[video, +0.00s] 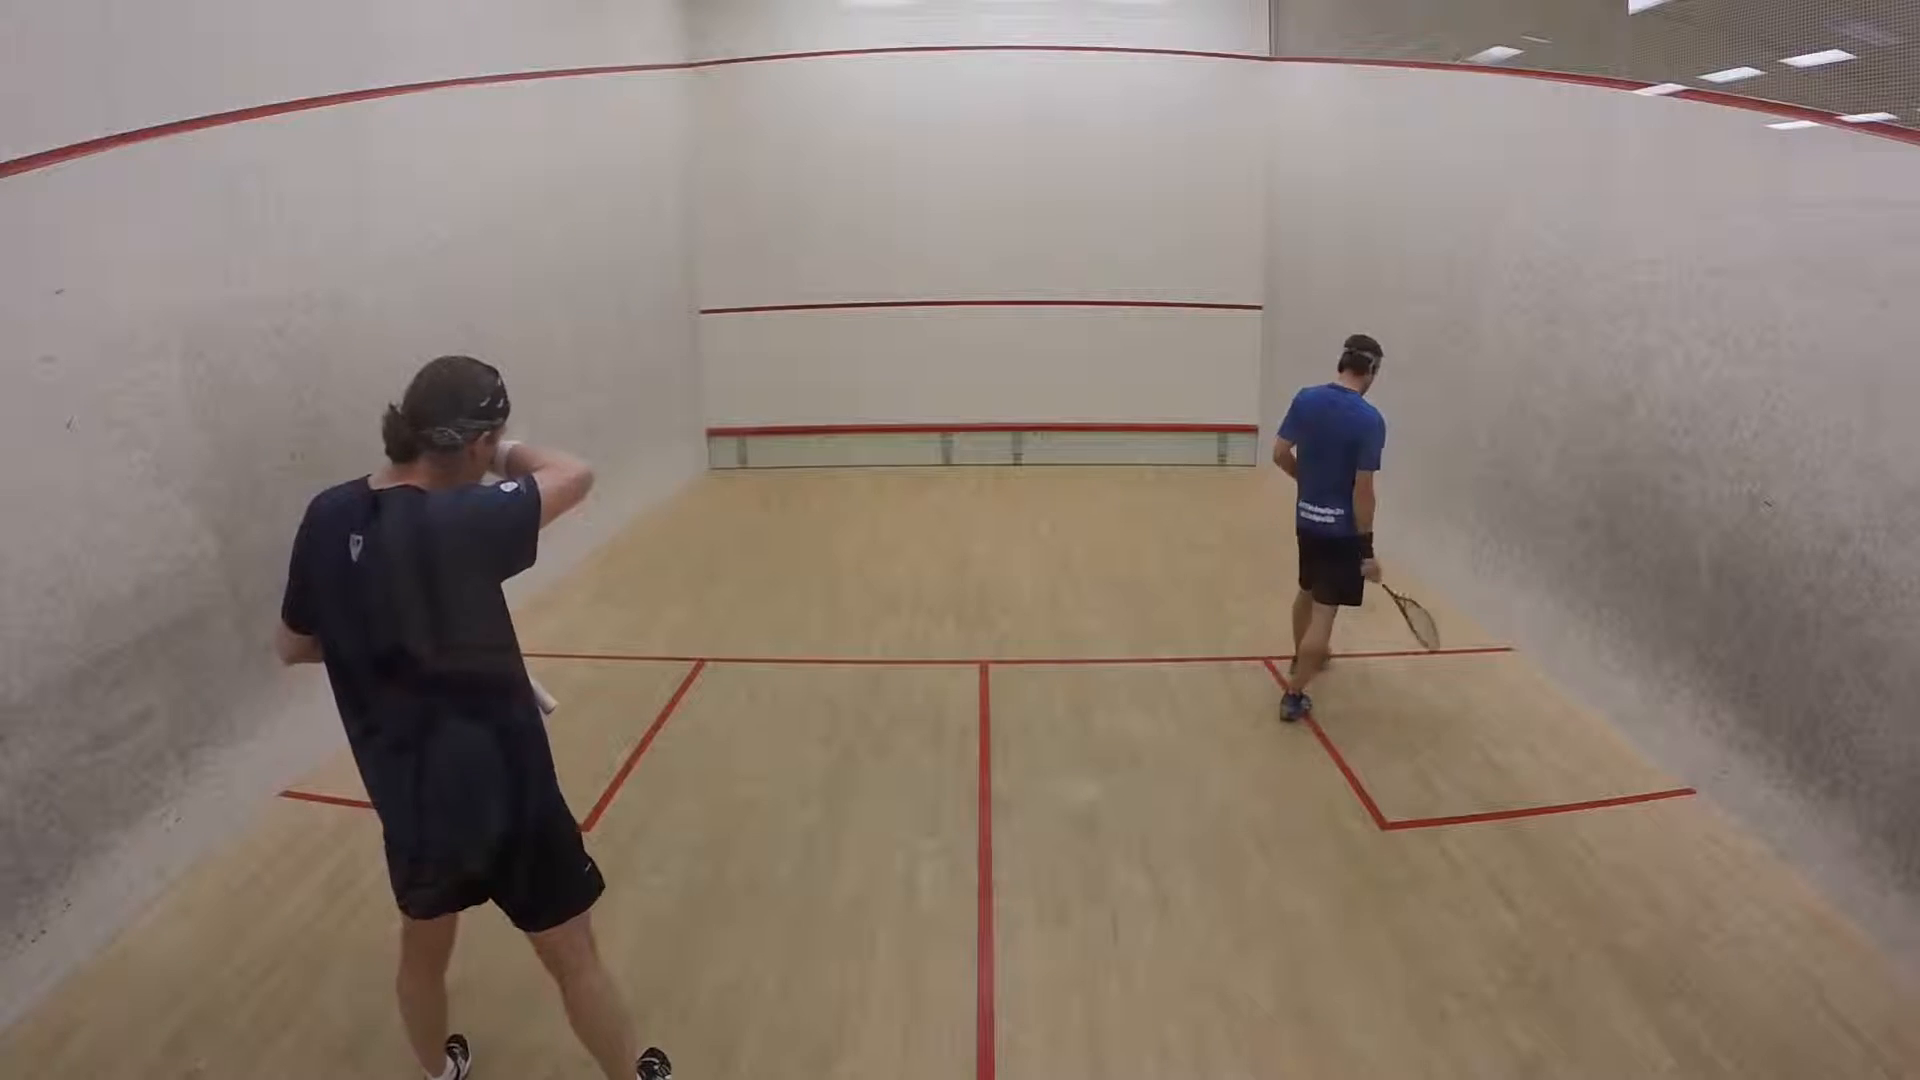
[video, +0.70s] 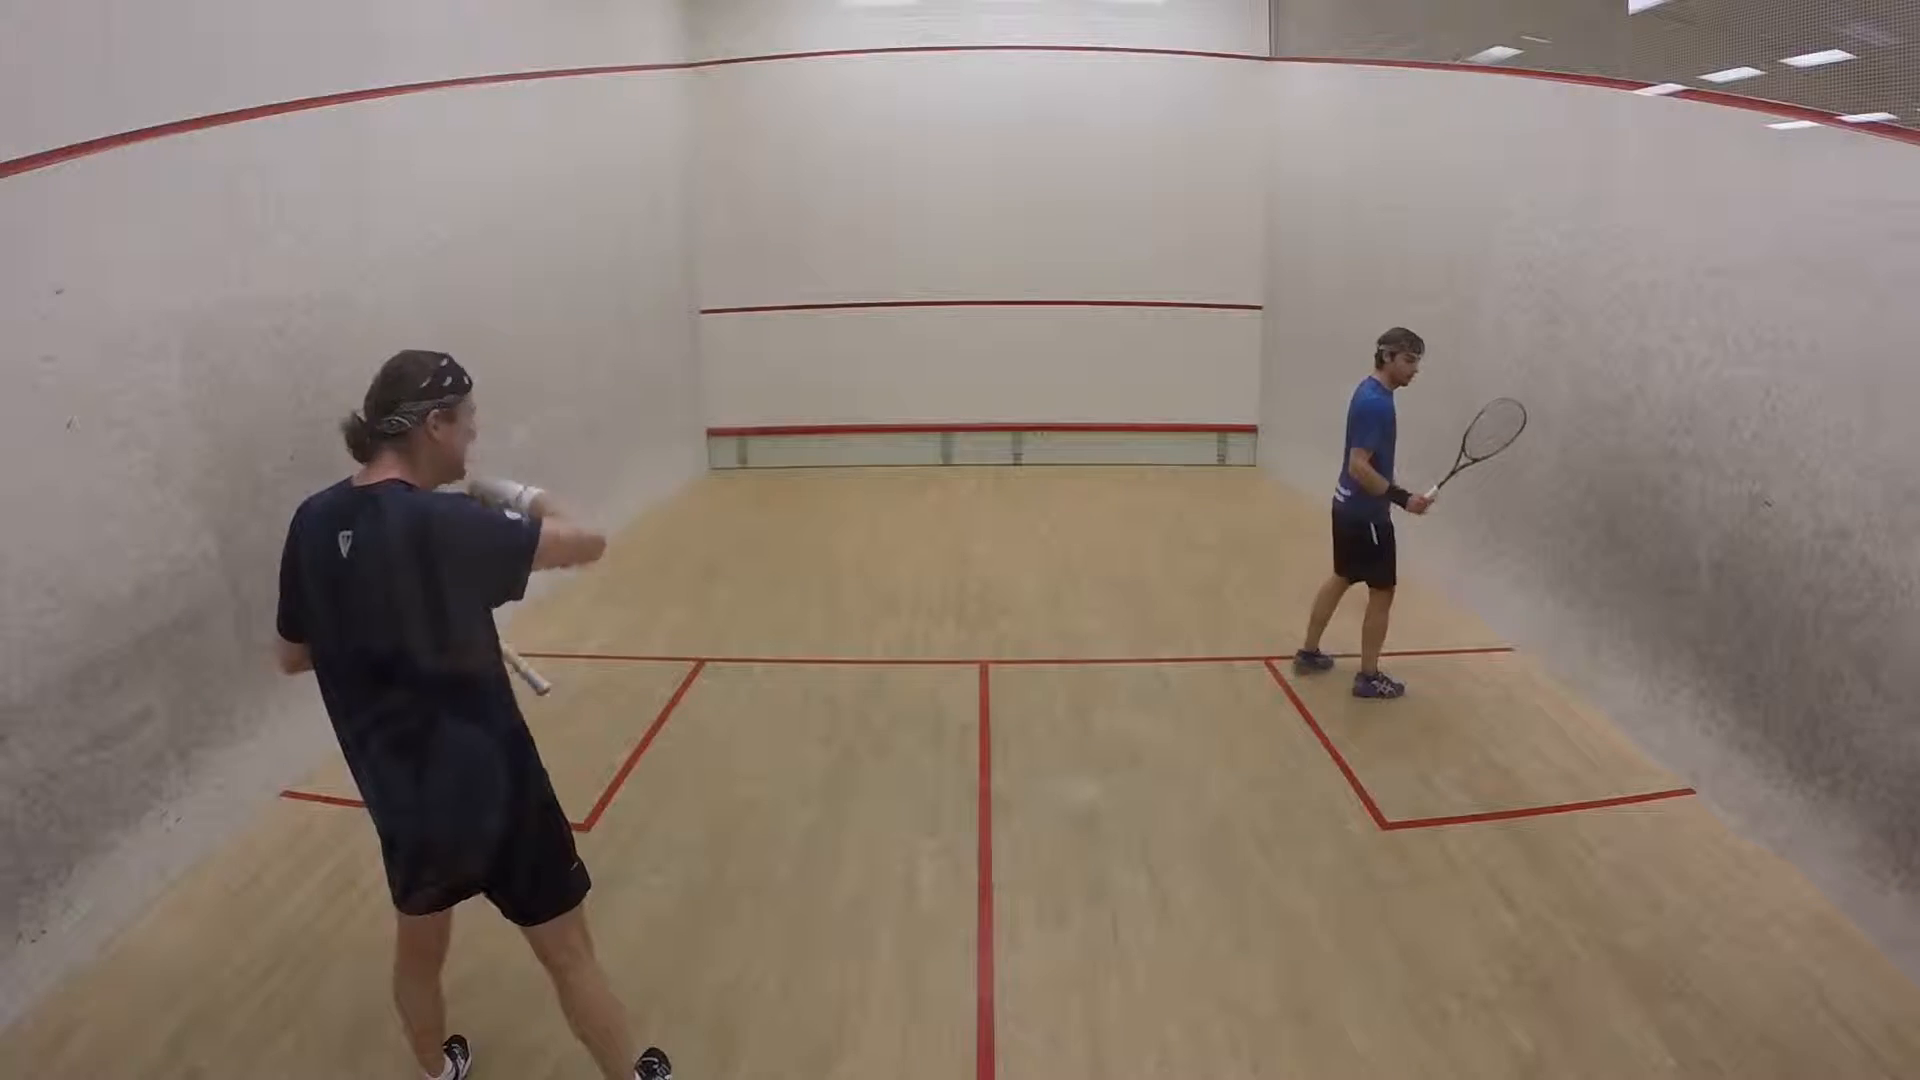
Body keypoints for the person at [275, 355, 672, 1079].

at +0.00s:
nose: (499, 446)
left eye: (498, 435)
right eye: (494, 437)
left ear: (406, 431)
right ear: (474, 444)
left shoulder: (331, 517)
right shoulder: (472, 521)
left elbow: (294, 644)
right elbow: (572, 476)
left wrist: (380, 625)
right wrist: (502, 451)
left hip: (412, 801)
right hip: (509, 792)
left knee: (423, 952)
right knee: (572, 958)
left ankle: (435, 1070)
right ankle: (632, 1072)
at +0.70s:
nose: (473, 436)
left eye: (471, 419)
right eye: (465, 420)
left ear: (383, 427)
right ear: (429, 424)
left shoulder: (315, 521)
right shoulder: (449, 524)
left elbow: (292, 655)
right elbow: (584, 542)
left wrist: (380, 614)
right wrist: (520, 497)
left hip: (401, 797)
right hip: (496, 785)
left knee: (419, 952)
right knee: (568, 953)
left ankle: (433, 1070)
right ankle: (630, 1071)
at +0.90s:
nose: (472, 421)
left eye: (468, 405)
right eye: (460, 408)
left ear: (391, 423)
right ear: (414, 421)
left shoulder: (316, 524)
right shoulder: (455, 527)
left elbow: (299, 658)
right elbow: (571, 640)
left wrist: (370, 616)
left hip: (405, 796)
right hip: (501, 783)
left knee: (419, 955)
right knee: (571, 950)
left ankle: (435, 1070)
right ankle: (631, 1071)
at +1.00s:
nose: (472, 416)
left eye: (467, 400)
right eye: (459, 404)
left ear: (390, 424)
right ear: (414, 421)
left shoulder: (319, 525)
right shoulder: (459, 525)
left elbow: (301, 658)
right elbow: (554, 665)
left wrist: (366, 603)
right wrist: (526, 611)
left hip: (407, 794)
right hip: (502, 782)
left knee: (420, 953)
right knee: (571, 948)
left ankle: (435, 1070)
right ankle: (631, 1071)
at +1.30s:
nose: (476, 408)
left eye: (469, 393)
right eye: (461, 398)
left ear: (397, 427)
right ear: (415, 423)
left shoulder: (324, 525)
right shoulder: (466, 523)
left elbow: (306, 660)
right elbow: (545, 674)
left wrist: (379, 617)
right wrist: (540, 633)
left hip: (410, 796)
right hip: (507, 784)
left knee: (420, 955)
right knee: (573, 949)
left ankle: (436, 1070)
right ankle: (632, 1070)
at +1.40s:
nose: (475, 407)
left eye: (468, 393)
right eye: (459, 397)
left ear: (399, 426)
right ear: (414, 424)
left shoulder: (324, 524)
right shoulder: (465, 523)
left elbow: (305, 662)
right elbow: (548, 673)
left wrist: (386, 637)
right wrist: (512, 621)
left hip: (409, 796)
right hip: (506, 783)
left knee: (420, 955)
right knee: (575, 952)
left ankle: (437, 1070)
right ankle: (632, 1070)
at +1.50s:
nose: (475, 407)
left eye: (467, 392)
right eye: (459, 397)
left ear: (398, 425)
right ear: (414, 423)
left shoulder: (324, 525)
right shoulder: (465, 524)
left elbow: (306, 663)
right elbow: (550, 672)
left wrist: (386, 642)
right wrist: (504, 623)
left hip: (408, 794)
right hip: (505, 782)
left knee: (420, 953)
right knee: (574, 951)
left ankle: (437, 1070)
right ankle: (632, 1070)